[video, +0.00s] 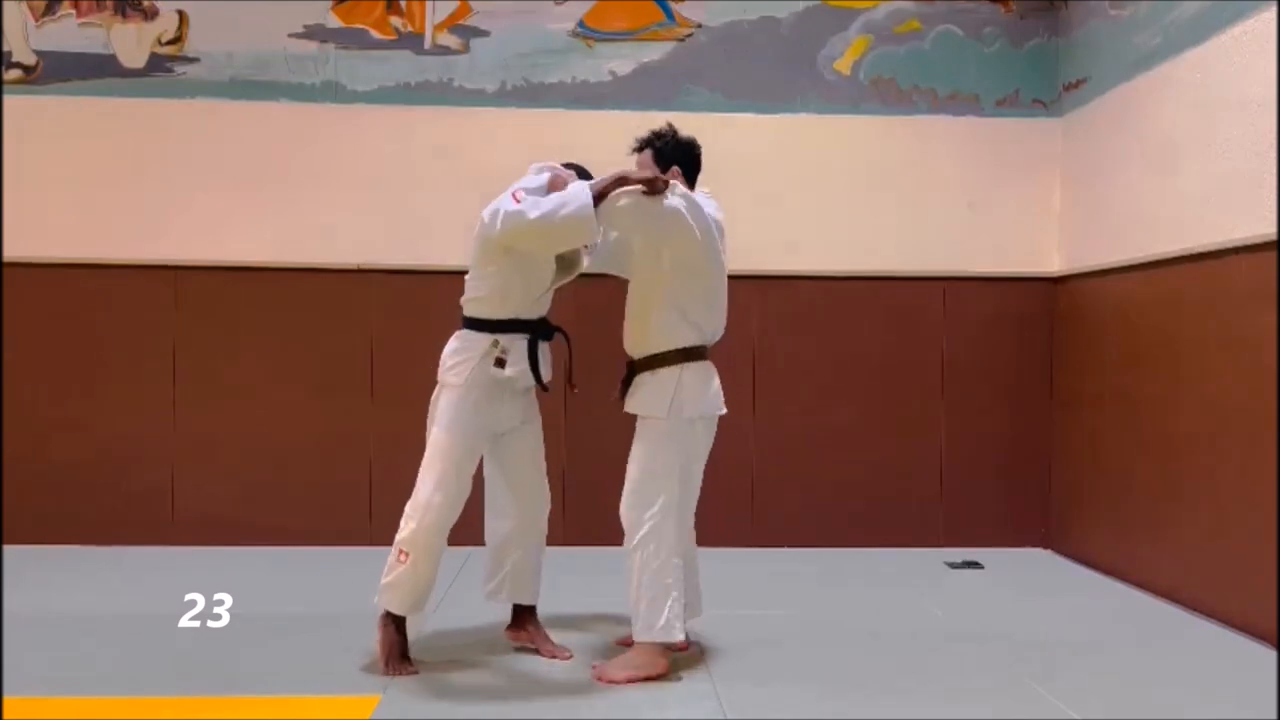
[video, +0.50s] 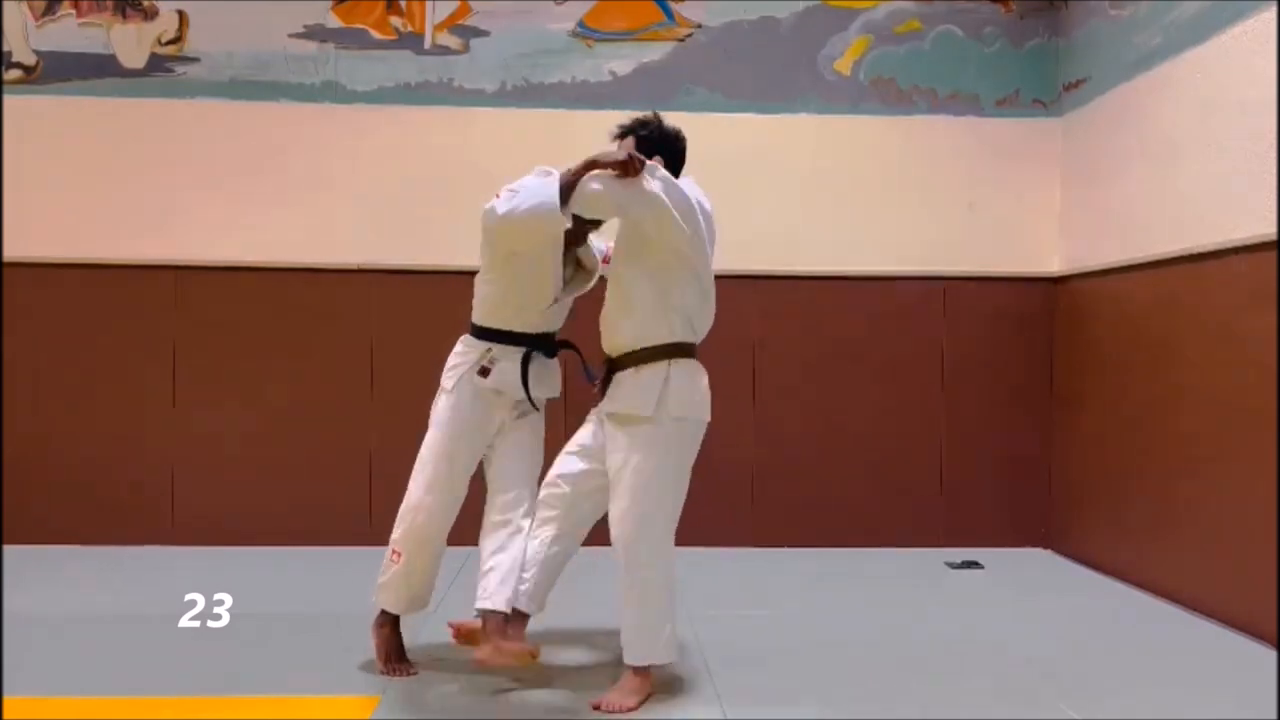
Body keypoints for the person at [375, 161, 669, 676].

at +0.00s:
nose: (576, 200)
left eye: (582, 198)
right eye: (576, 191)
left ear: (568, 192)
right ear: (557, 178)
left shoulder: (551, 237)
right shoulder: (502, 214)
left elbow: (600, 247)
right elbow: (561, 206)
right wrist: (621, 181)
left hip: (520, 377)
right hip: (474, 369)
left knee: (528, 500)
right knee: (439, 497)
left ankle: (524, 619)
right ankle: (393, 620)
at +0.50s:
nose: (590, 227)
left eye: (593, 223)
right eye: (584, 217)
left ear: (590, 223)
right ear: (563, 200)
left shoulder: (582, 254)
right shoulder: (508, 219)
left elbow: (620, 247)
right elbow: (542, 192)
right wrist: (595, 167)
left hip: (531, 385)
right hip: (477, 372)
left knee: (514, 503)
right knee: (433, 496)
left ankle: (496, 621)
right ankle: (389, 618)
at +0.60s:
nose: (570, 257)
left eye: (581, 249)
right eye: (562, 245)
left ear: (592, 252)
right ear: (543, 238)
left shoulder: (588, 303)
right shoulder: (509, 260)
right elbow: (492, 207)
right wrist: (565, 180)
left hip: (528, 414)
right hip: (474, 400)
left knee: (509, 489)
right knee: (391, 516)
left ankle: (484, 551)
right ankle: (410, 636)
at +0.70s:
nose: (564, 336)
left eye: (576, 329)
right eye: (561, 327)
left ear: (600, 334)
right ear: (553, 328)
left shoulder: (608, 375)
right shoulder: (524, 359)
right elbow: (486, 303)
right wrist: (521, 269)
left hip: (547, 467)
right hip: (490, 468)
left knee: (531, 479)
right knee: (366, 530)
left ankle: (506, 508)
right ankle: (412, 650)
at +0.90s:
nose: (625, 515)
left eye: (636, 512)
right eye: (630, 507)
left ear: (660, 522)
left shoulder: (664, 565)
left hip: (562, 631)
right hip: (517, 629)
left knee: (528, 498)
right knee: (434, 560)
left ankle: (405, 550)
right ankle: (395, 648)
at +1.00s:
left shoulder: (664, 554)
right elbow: (597, 576)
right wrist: (603, 528)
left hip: (556, 613)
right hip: (531, 646)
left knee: (531, 474)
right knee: (458, 586)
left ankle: (414, 449)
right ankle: (360, 567)